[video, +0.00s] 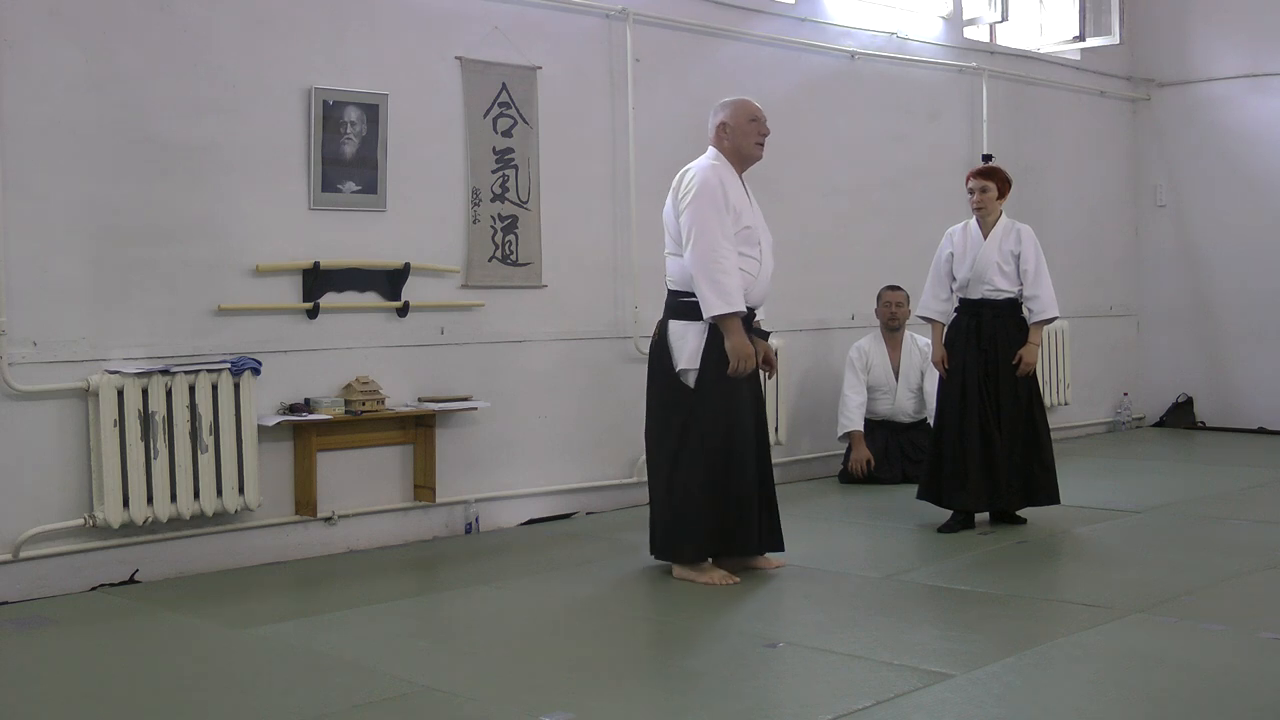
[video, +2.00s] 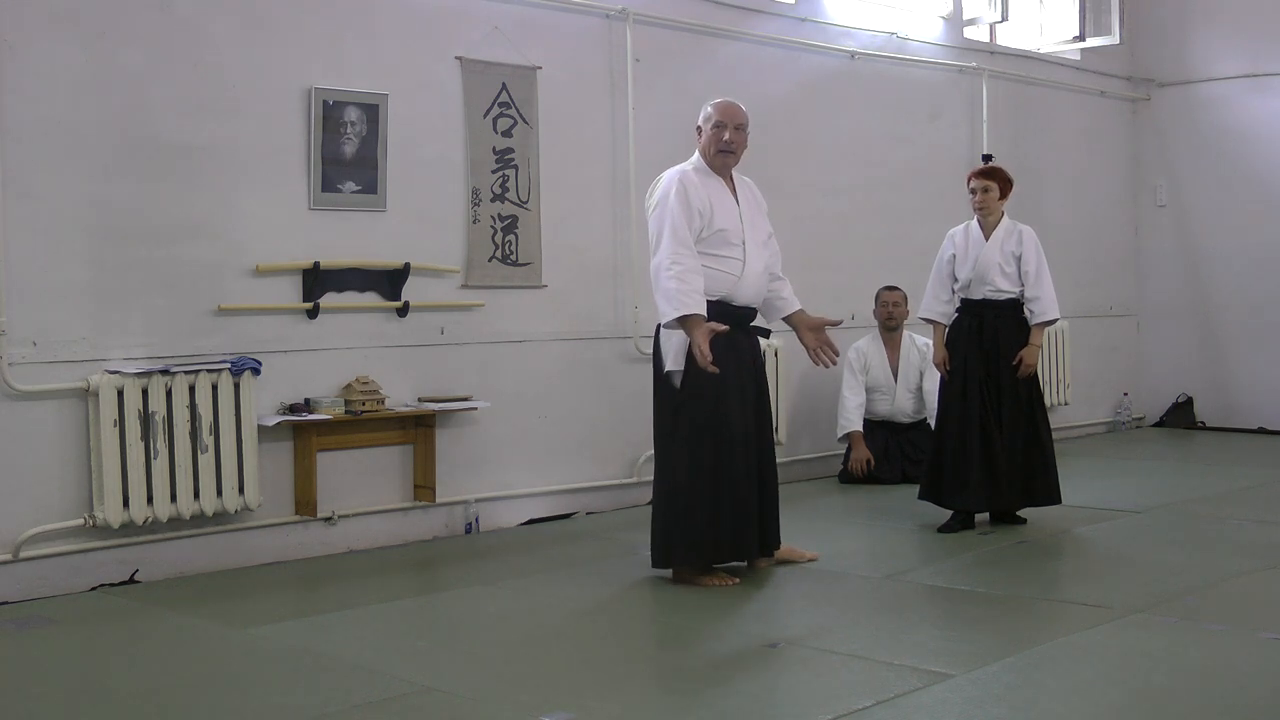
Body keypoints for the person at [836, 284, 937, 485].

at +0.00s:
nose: (893, 311)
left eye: (899, 305)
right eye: (887, 305)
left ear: (909, 313)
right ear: (877, 312)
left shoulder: (925, 348)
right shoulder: (862, 350)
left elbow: (935, 397)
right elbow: (852, 397)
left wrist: (943, 437)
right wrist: (857, 443)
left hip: (916, 431)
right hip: (874, 431)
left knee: (934, 474)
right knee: (855, 472)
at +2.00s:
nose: (890, 310)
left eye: (896, 305)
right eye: (884, 305)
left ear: (907, 313)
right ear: (875, 313)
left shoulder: (925, 349)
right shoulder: (860, 351)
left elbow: (935, 397)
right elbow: (851, 399)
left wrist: (944, 436)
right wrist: (857, 443)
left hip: (916, 430)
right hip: (874, 431)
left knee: (935, 472)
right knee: (855, 472)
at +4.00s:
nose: (890, 316)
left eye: (897, 311)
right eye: (884, 310)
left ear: (908, 315)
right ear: (877, 313)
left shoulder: (926, 349)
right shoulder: (861, 351)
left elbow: (936, 398)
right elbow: (852, 398)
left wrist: (946, 438)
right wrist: (857, 442)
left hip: (916, 430)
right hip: (875, 431)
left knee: (937, 470)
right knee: (855, 471)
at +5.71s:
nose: (894, 316)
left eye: (899, 309)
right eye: (888, 309)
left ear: (908, 313)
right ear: (878, 314)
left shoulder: (914, 345)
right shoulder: (863, 347)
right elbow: (852, 394)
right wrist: (857, 441)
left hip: (908, 424)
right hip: (873, 425)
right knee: (853, 471)